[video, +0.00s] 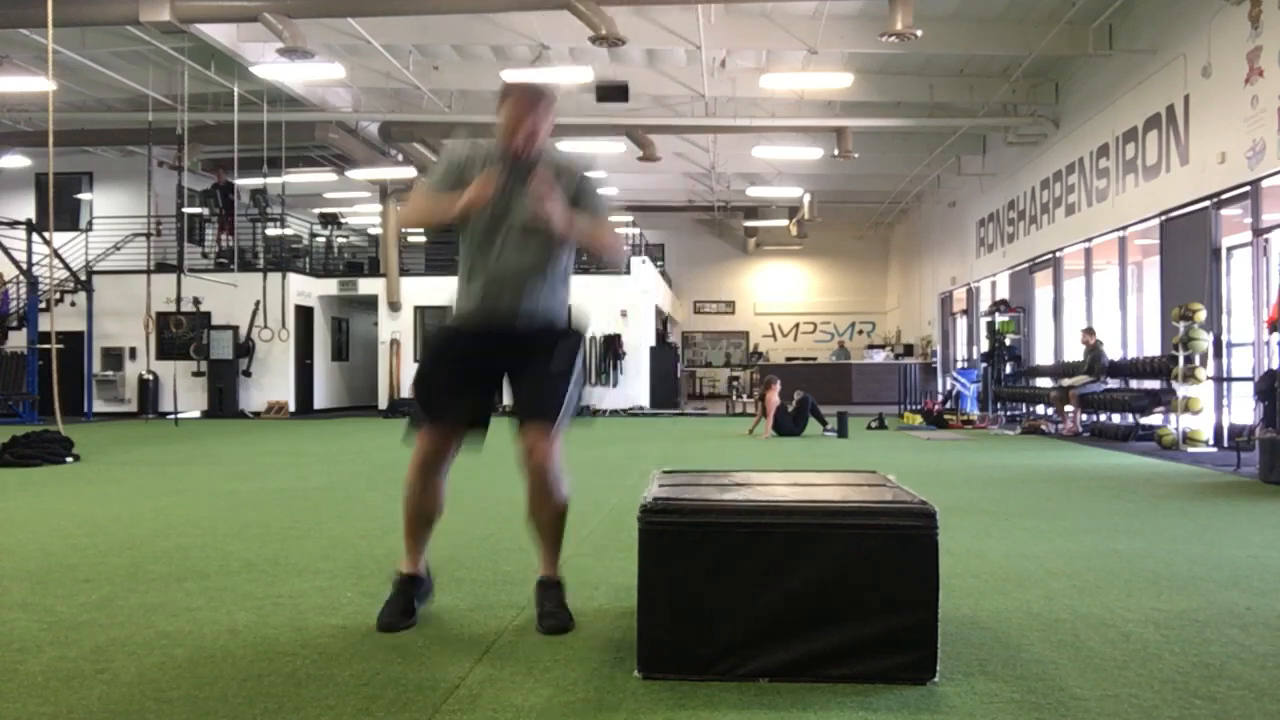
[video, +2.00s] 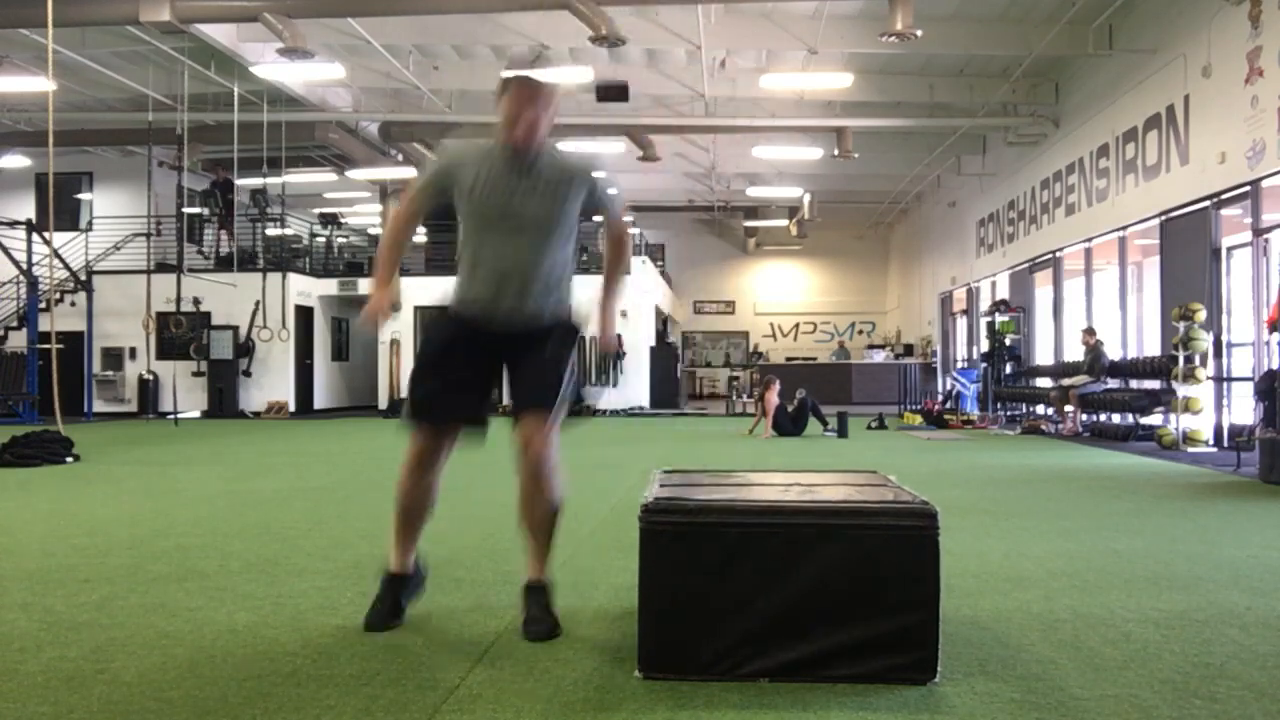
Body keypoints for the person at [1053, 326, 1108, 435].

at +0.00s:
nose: (1082, 339)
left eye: (1084, 337)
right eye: (1082, 336)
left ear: (1092, 337)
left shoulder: (1099, 353)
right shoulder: (1087, 351)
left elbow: (1097, 377)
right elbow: (1085, 371)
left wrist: (1074, 381)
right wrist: (1071, 380)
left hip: (1099, 382)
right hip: (1086, 379)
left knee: (1074, 393)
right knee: (1055, 395)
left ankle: (1076, 426)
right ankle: (1066, 425)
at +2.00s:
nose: (1082, 340)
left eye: (1084, 337)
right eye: (1082, 336)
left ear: (1092, 338)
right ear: (1087, 338)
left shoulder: (1099, 353)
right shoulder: (1088, 351)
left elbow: (1095, 377)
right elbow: (1085, 372)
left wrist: (1073, 381)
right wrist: (1071, 380)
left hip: (1099, 382)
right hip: (1087, 379)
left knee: (1074, 393)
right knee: (1054, 395)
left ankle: (1076, 426)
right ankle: (1066, 424)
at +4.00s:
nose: (1083, 340)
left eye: (1086, 337)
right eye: (1083, 337)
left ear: (1093, 338)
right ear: (1084, 337)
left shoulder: (1100, 353)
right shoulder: (1087, 351)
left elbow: (1095, 376)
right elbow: (1084, 371)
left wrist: (1073, 381)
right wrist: (1070, 380)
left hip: (1098, 382)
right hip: (1085, 380)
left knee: (1073, 393)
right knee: (1055, 395)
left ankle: (1076, 426)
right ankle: (1066, 424)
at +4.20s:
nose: (1083, 340)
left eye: (1085, 337)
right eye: (1083, 337)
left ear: (1093, 338)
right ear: (1085, 337)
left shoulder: (1100, 353)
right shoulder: (1087, 350)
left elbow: (1095, 376)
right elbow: (1084, 371)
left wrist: (1072, 381)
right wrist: (1070, 380)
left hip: (1098, 382)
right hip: (1085, 380)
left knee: (1073, 393)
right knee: (1055, 395)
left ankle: (1076, 426)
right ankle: (1066, 425)